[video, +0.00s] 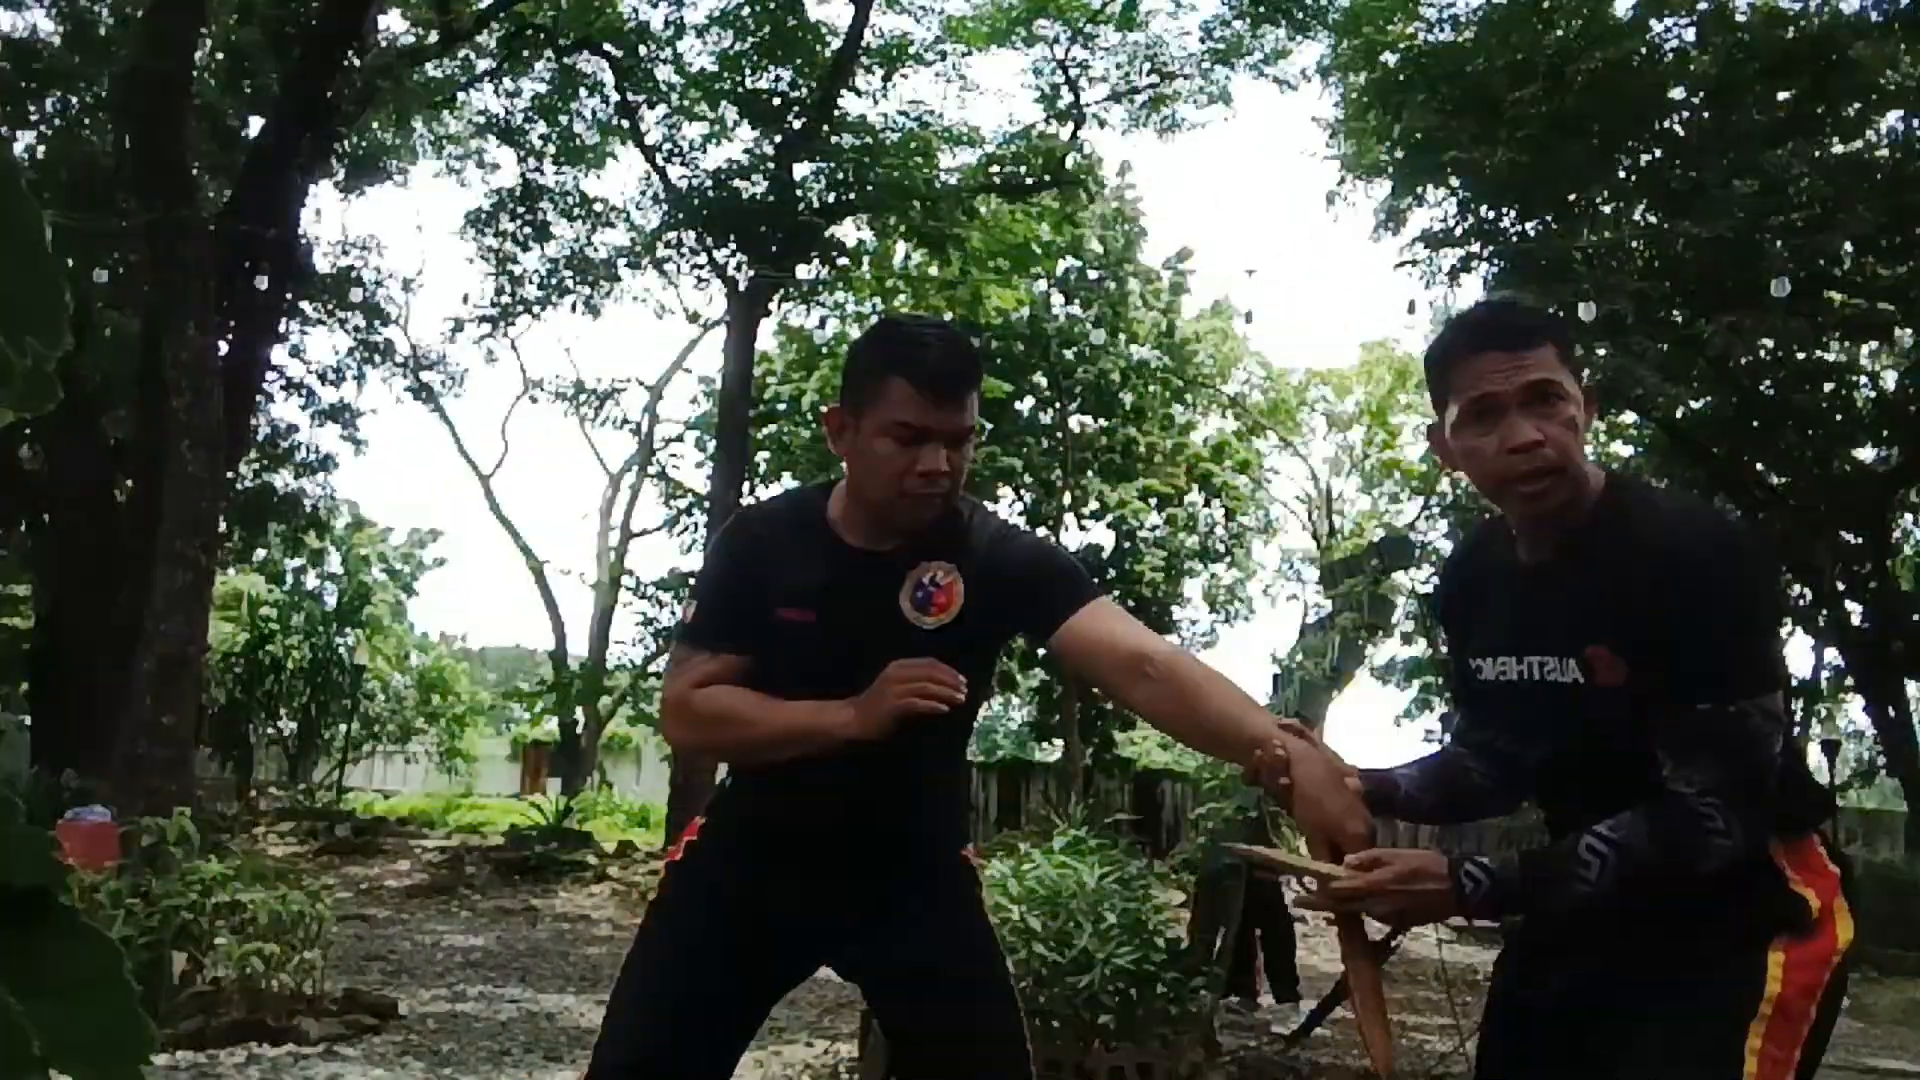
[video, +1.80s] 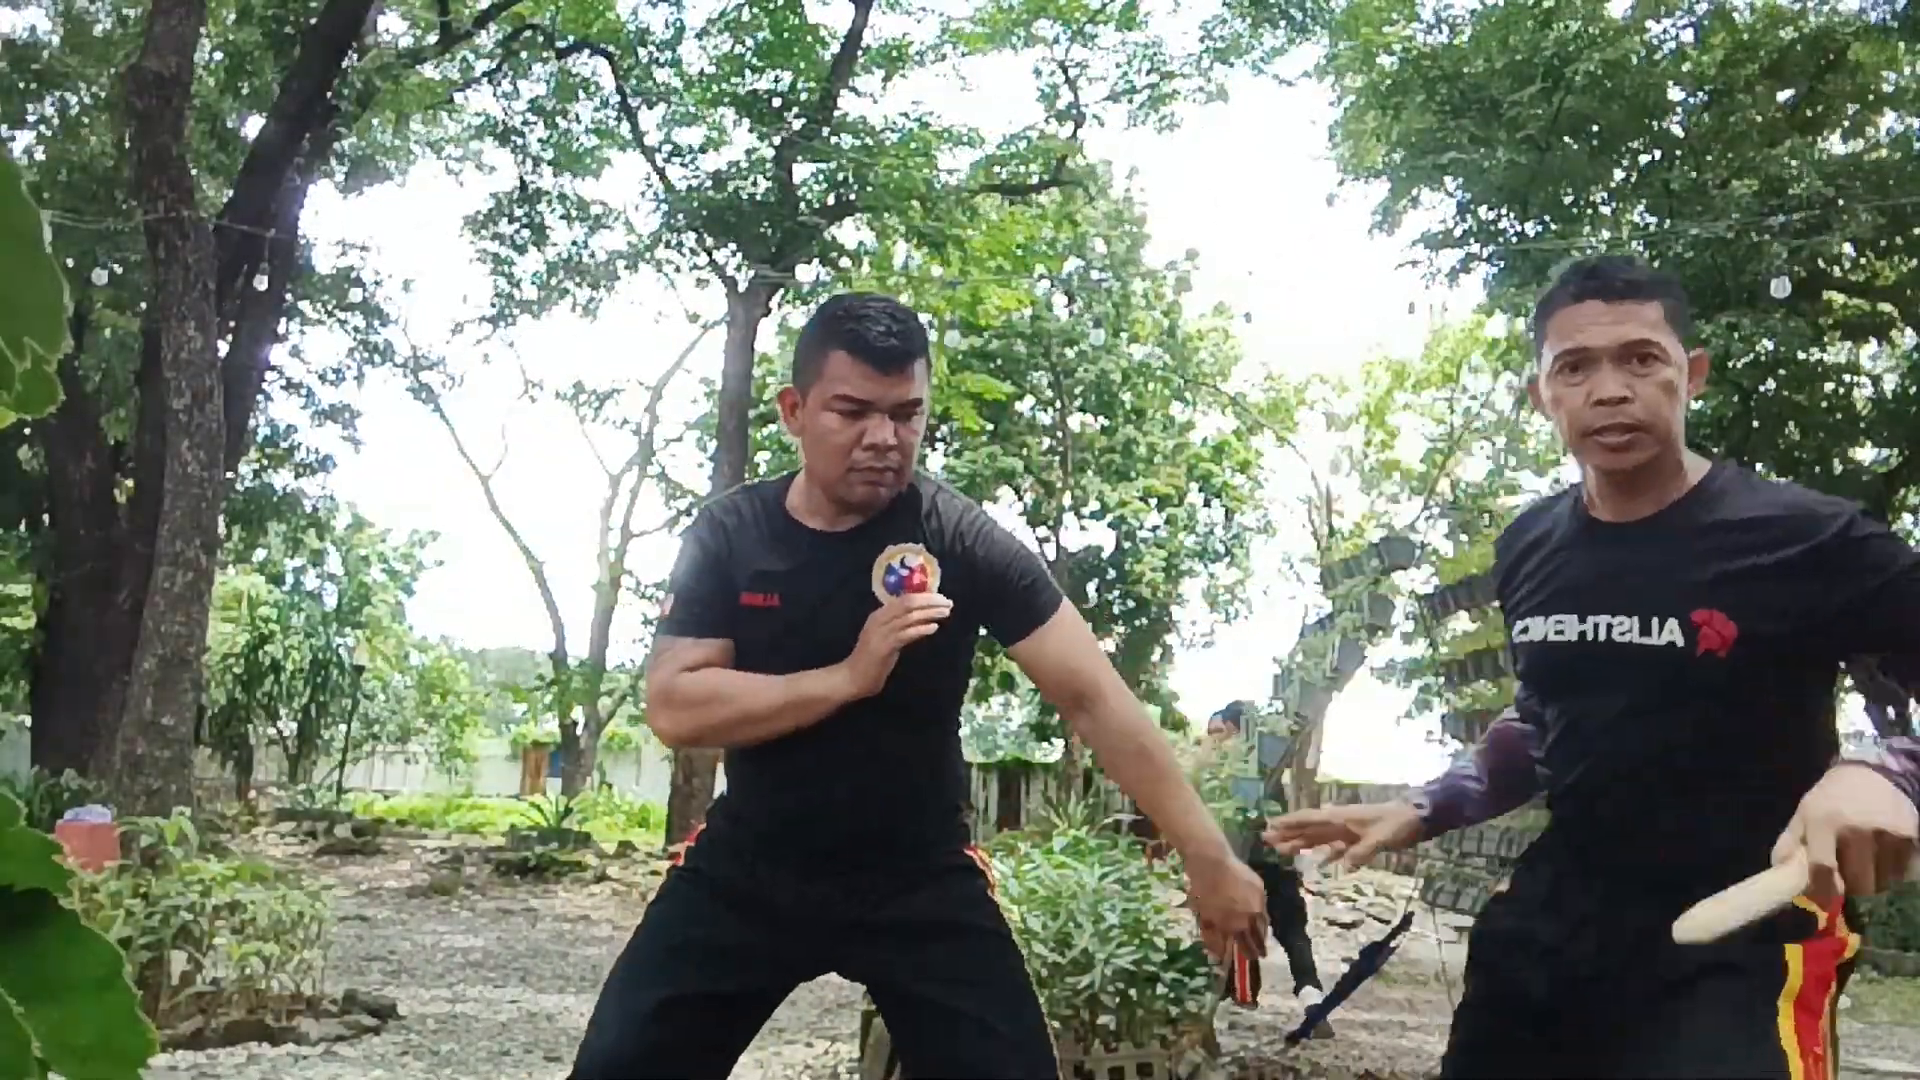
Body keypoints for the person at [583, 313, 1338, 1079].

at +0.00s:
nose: (938, 467)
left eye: (958, 444)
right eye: (910, 440)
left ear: (976, 438)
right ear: (841, 430)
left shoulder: (999, 563)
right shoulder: (755, 545)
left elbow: (1144, 666)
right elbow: (686, 716)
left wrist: (1291, 758)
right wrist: (848, 717)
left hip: (912, 881)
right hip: (750, 868)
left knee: (982, 1067)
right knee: (637, 1063)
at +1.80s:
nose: (882, 438)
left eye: (904, 413)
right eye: (854, 411)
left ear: (926, 415)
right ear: (793, 410)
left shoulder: (969, 544)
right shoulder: (730, 531)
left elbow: (1094, 698)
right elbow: (675, 708)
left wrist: (1209, 856)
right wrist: (845, 678)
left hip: (923, 885)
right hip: (749, 873)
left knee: (1013, 1069)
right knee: (615, 1065)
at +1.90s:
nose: (882, 425)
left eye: (904, 402)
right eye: (852, 399)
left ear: (925, 407)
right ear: (791, 401)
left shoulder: (967, 538)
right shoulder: (730, 526)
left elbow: (1056, 714)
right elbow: (671, 701)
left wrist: (1125, 899)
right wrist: (843, 674)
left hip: (921, 873)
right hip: (755, 865)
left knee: (1011, 1068)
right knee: (620, 1063)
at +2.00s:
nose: (873, 415)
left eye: (895, 392)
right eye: (844, 388)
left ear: (914, 398)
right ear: (783, 393)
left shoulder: (961, 533)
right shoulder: (716, 526)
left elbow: (1007, 722)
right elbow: (671, 702)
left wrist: (1024, 913)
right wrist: (842, 671)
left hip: (917, 867)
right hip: (754, 862)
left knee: (1003, 1060)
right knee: (621, 1062)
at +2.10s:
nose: (845, 407)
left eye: (863, 384)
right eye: (816, 378)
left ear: (880, 391)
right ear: (750, 380)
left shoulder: (924, 520)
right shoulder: (679, 529)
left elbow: (957, 705)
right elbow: (651, 710)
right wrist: (834, 709)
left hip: (894, 865)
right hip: (722, 867)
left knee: (986, 1065)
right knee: (605, 1066)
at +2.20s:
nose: (802, 396)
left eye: (821, 376)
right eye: (776, 366)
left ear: (834, 384)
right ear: (706, 361)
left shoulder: (858, 510)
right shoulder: (614, 512)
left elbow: (899, 684)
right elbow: (574, 700)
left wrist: (778, 809)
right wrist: (736, 790)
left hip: (818, 866)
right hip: (646, 867)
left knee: (904, 1062)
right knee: (582, 1063)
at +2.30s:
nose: (791, 389)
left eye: (808, 371)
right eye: (770, 358)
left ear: (817, 376)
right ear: (697, 343)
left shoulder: (818, 501)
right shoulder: (583, 493)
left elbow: (852, 668)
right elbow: (495, 672)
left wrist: (771, 784)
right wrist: (625, 814)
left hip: (774, 863)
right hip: (606, 867)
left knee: (843, 1064)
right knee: (578, 1065)